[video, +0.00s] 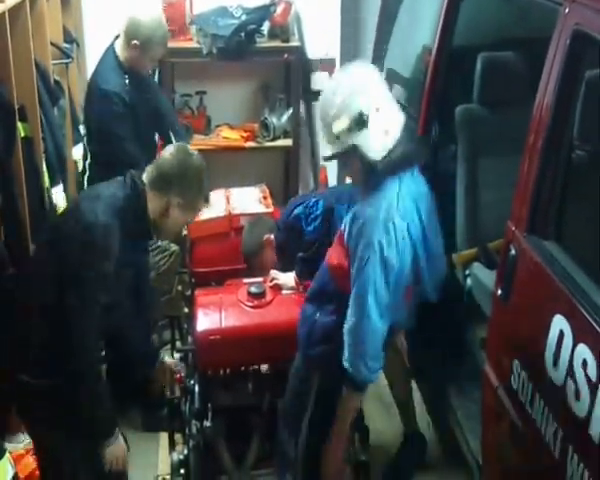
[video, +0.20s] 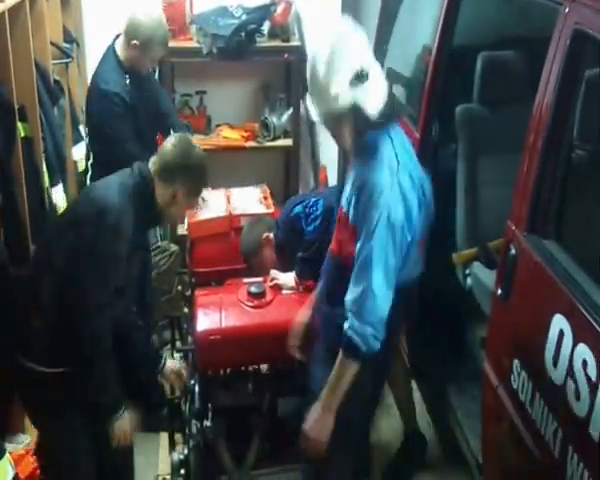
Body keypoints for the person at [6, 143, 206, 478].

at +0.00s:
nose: (187, 226)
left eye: (192, 217)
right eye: (189, 215)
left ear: (168, 201)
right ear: (169, 205)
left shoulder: (127, 210)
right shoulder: (101, 228)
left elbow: (131, 306)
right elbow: (84, 341)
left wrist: (151, 364)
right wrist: (106, 432)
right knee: (77, 470)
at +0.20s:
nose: (189, 213)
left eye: (193, 204)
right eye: (191, 203)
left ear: (171, 189)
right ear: (173, 193)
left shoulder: (130, 201)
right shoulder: (113, 215)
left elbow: (128, 309)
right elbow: (101, 317)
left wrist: (156, 364)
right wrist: (113, 406)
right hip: (60, 370)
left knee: (113, 463)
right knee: (82, 466)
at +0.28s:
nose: (186, 204)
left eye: (190, 196)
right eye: (189, 194)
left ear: (165, 177)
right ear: (175, 182)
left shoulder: (120, 189)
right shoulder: (123, 206)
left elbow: (123, 294)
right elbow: (118, 302)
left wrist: (150, 355)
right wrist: (141, 372)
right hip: (67, 360)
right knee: (93, 461)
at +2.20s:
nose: (186, 239)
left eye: (193, 231)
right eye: (190, 226)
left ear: (171, 195)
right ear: (173, 197)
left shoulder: (141, 216)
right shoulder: (125, 217)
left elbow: (143, 312)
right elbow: (117, 311)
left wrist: (150, 379)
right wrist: (142, 383)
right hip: (55, 356)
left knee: (111, 454)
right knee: (81, 461)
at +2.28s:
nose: (190, 249)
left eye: (196, 241)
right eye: (193, 236)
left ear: (177, 205)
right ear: (178, 205)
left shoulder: (150, 232)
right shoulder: (121, 222)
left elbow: (143, 325)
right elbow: (116, 322)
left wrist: (149, 392)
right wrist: (137, 395)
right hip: (53, 364)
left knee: (111, 459)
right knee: (77, 464)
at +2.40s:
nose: (192, 267)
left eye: (198, 258)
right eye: (196, 255)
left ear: (184, 225)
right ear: (184, 227)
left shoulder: (154, 248)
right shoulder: (123, 240)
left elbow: (144, 345)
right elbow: (110, 343)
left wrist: (150, 424)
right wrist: (125, 433)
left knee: (109, 463)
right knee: (76, 467)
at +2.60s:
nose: (196, 317)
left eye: (205, 307)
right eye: (204, 302)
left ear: (190, 274)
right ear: (192, 275)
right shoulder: (126, 271)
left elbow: (148, 382)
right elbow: (118, 373)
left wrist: (165, 463)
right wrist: (140, 464)